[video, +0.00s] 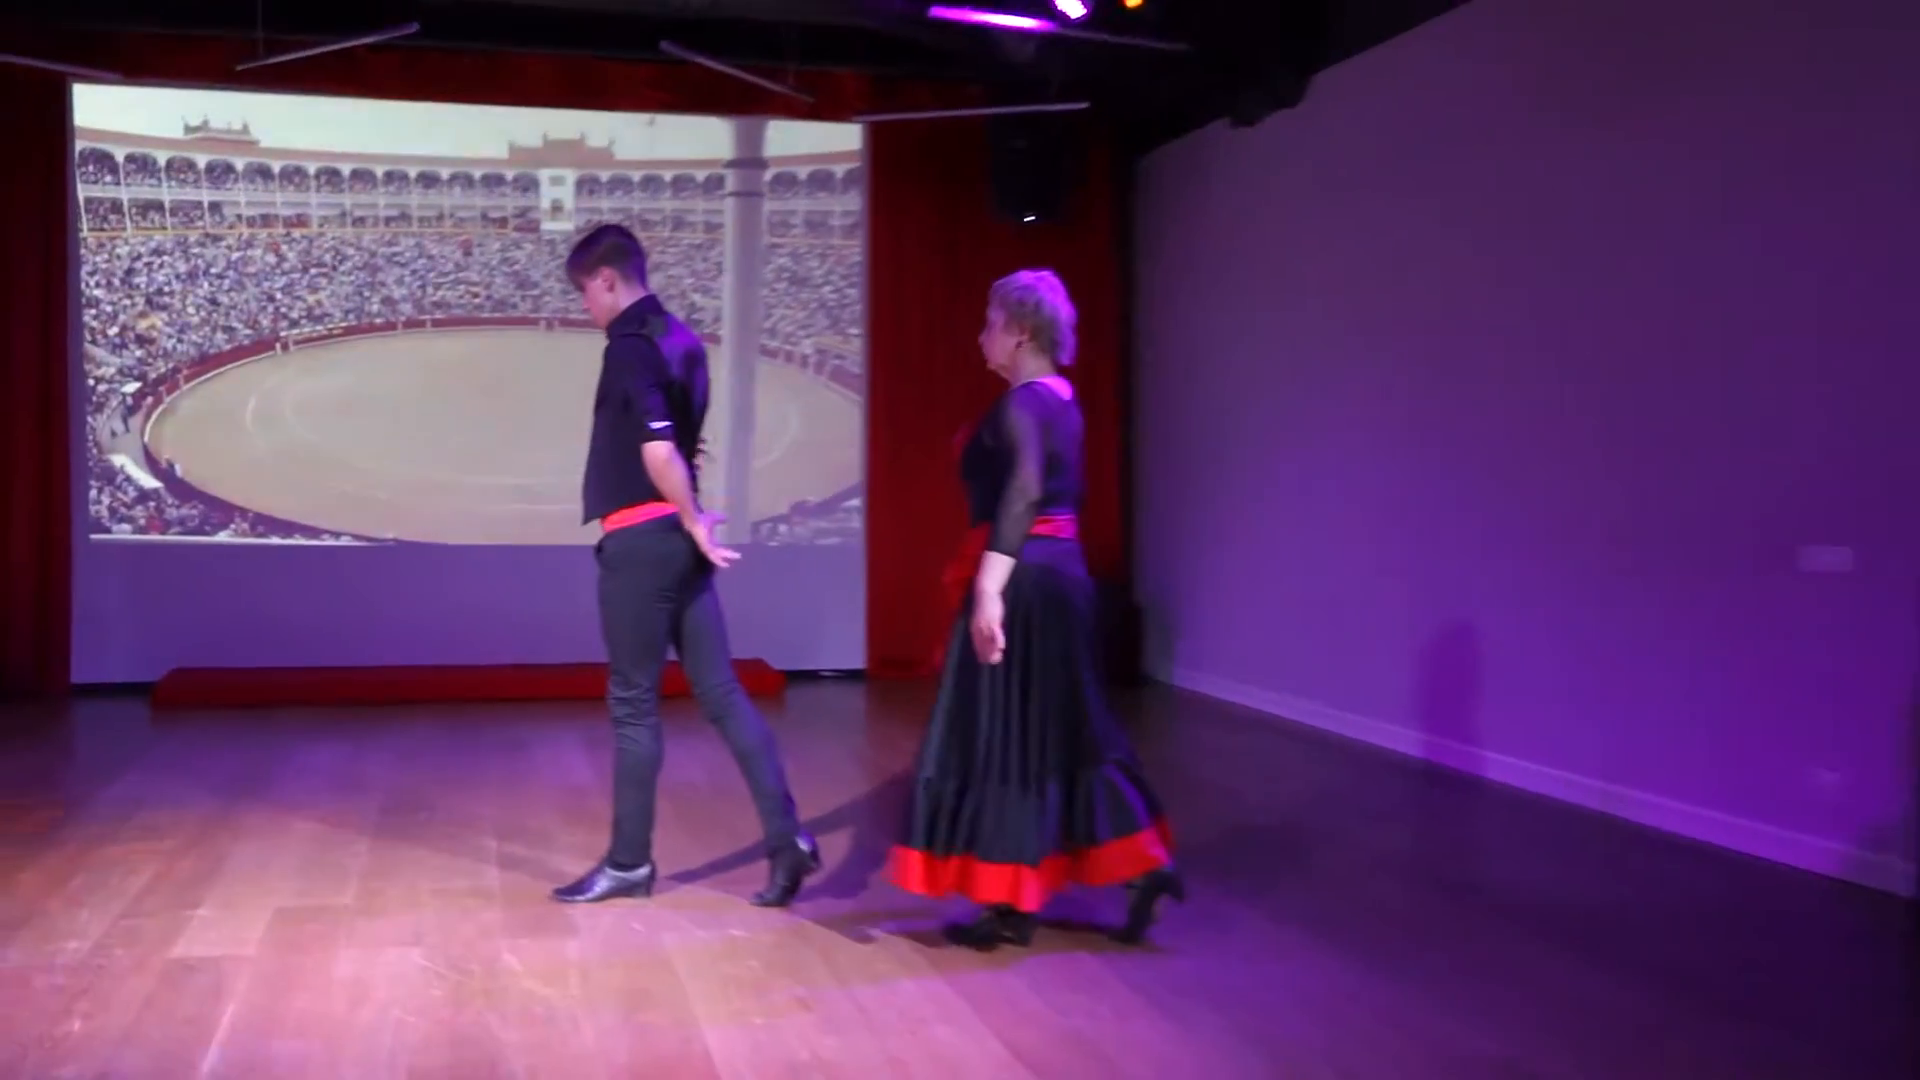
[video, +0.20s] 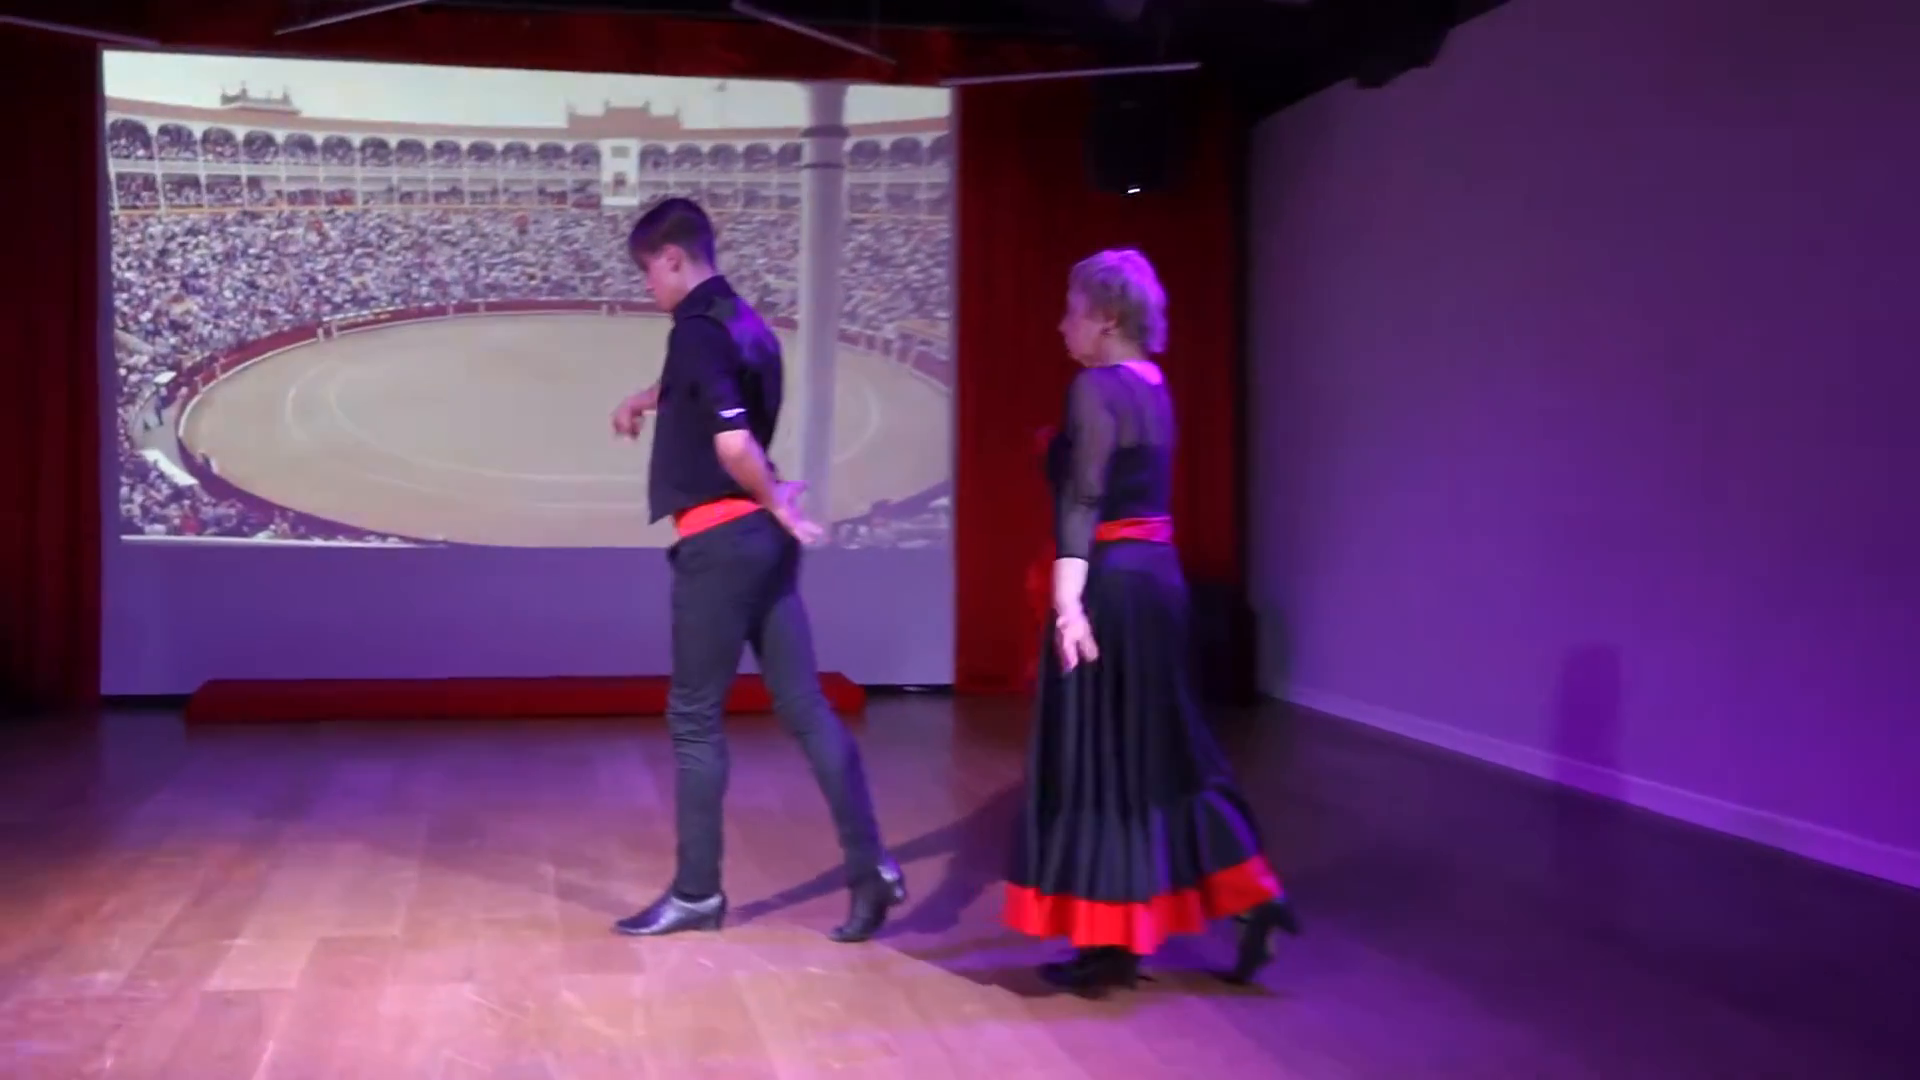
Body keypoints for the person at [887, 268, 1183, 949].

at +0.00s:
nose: (983, 337)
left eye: (991, 325)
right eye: (987, 323)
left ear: (1016, 333)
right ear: (1047, 335)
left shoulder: (1022, 403)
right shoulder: (1062, 401)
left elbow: (1026, 490)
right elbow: (1050, 494)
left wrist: (989, 587)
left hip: (1023, 574)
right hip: (1062, 571)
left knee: (1000, 730)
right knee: (1074, 725)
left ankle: (1006, 896)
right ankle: (1144, 859)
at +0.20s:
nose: (1064, 322)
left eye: (1074, 309)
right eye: (1068, 308)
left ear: (1104, 318)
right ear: (1131, 318)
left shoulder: (1096, 390)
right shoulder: (1151, 387)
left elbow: (1085, 495)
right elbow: (1126, 483)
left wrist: (1068, 598)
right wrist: (1061, 456)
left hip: (1112, 581)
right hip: (1157, 577)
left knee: (1093, 752)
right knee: (1172, 744)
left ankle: (1104, 934)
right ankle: (1252, 888)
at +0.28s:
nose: (1100, 318)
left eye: (1110, 305)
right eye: (1104, 304)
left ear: (1140, 311)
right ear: (1173, 311)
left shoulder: (1127, 378)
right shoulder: (1190, 378)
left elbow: (1112, 491)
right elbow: (1178, 494)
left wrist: (1090, 600)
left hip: (1149, 587)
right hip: (1198, 582)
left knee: (1135, 760)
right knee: (1212, 752)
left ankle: (1144, 949)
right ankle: (1296, 900)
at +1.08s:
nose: (1059, 313)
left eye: (1070, 300)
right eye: (1063, 298)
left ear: (1104, 309)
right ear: (1133, 311)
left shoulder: (1100, 379)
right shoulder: (1152, 379)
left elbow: (1121, 490)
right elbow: (1159, 497)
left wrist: (1079, 604)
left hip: (1128, 595)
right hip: (1172, 590)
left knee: (1118, 776)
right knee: (1177, 773)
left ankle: (1145, 967)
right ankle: (1200, 965)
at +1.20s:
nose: (1030, 318)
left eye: (1039, 304)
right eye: (1034, 303)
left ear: (1068, 311)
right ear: (1104, 315)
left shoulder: (1070, 382)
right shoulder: (1118, 385)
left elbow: (1100, 489)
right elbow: (1148, 493)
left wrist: (1073, 606)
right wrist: (1043, 468)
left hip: (1089, 602)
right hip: (1132, 598)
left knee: (1007, 766)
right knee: (1146, 776)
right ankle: (1189, 963)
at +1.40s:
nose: (960, 319)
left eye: (972, 304)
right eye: (965, 303)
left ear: (1008, 316)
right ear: (1029, 319)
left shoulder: (1017, 400)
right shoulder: (1044, 398)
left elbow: (1031, 516)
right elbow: (1079, 519)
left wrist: (985, 624)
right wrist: (985, 574)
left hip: (1003, 613)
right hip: (1043, 611)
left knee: (937, 778)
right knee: (1079, 782)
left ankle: (916, 959)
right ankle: (1150, 952)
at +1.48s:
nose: (928, 309)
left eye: (942, 296)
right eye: (936, 294)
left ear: (978, 311)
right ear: (991, 314)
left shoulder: (984, 396)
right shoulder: (1008, 395)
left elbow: (996, 512)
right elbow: (1046, 514)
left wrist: (927, 611)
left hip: (968, 609)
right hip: (990, 605)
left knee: (917, 779)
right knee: (1039, 779)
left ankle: (916, 961)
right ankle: (1129, 938)